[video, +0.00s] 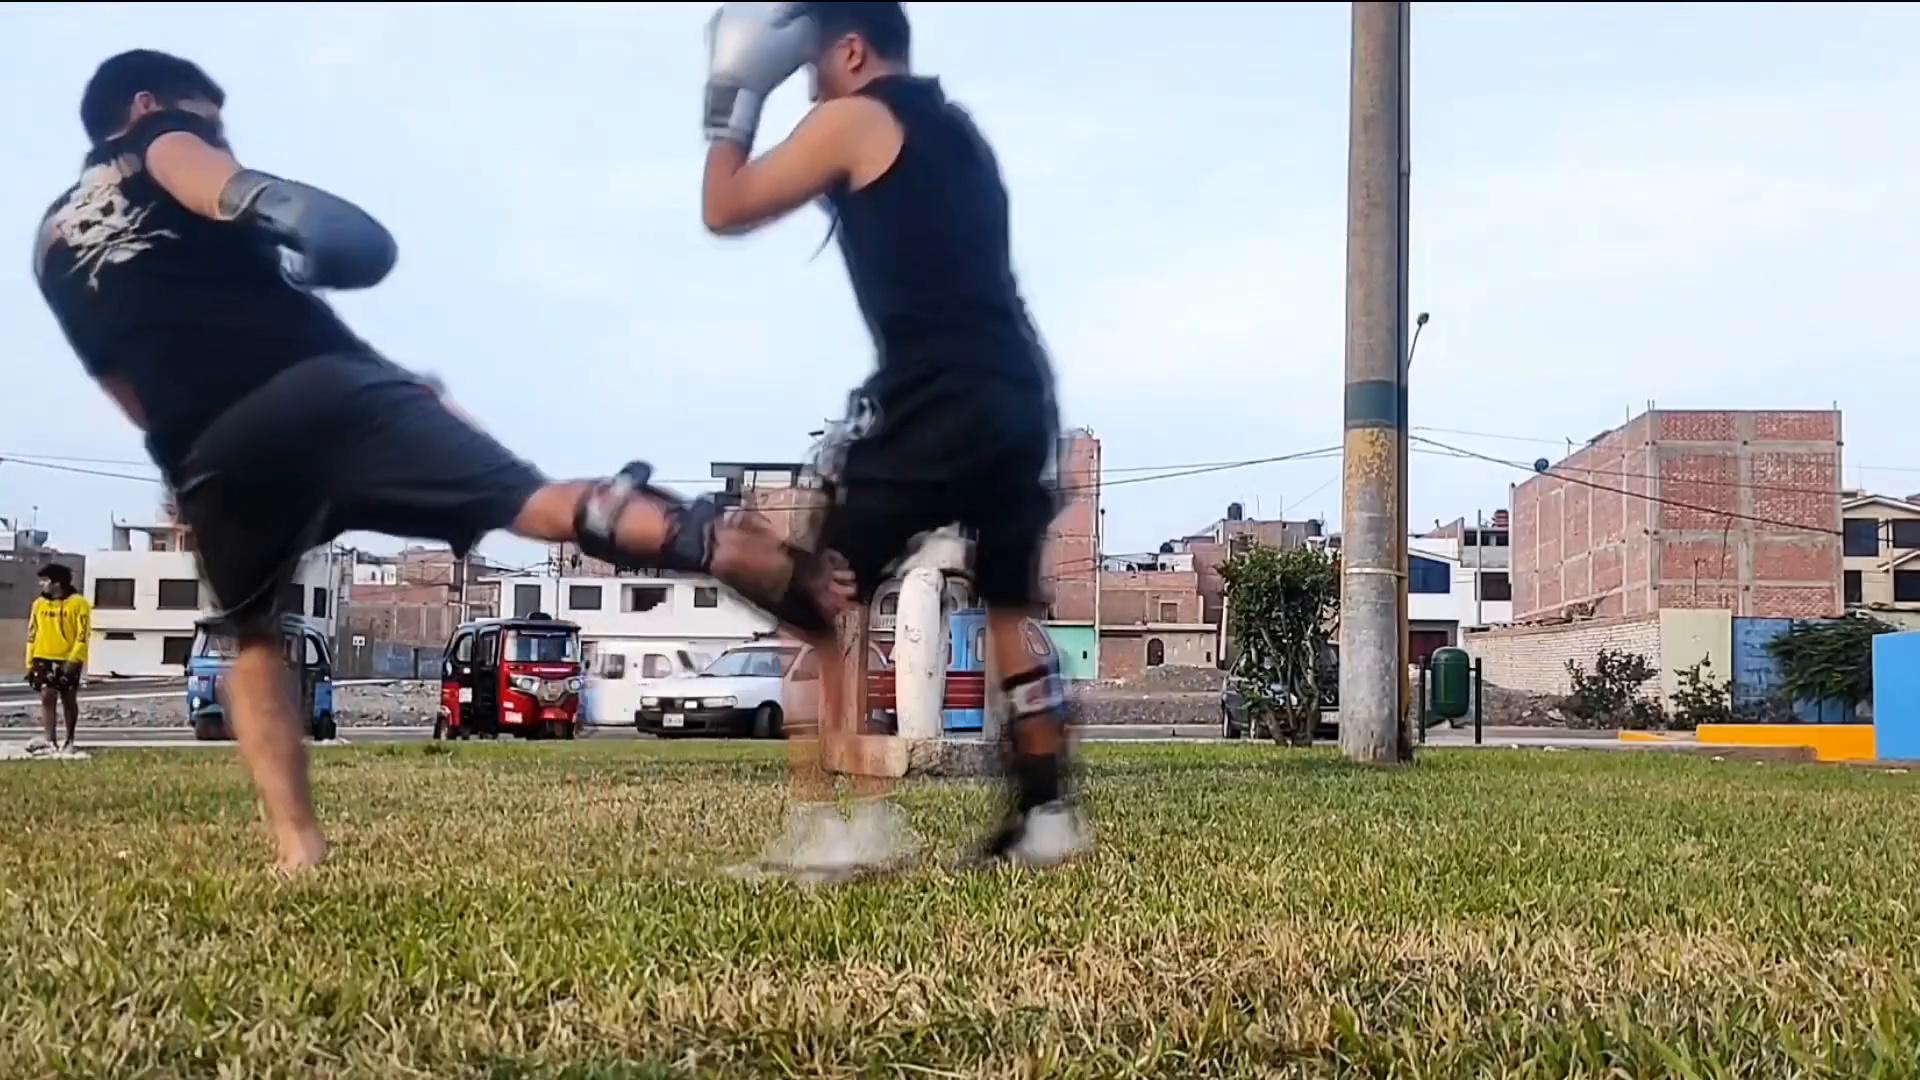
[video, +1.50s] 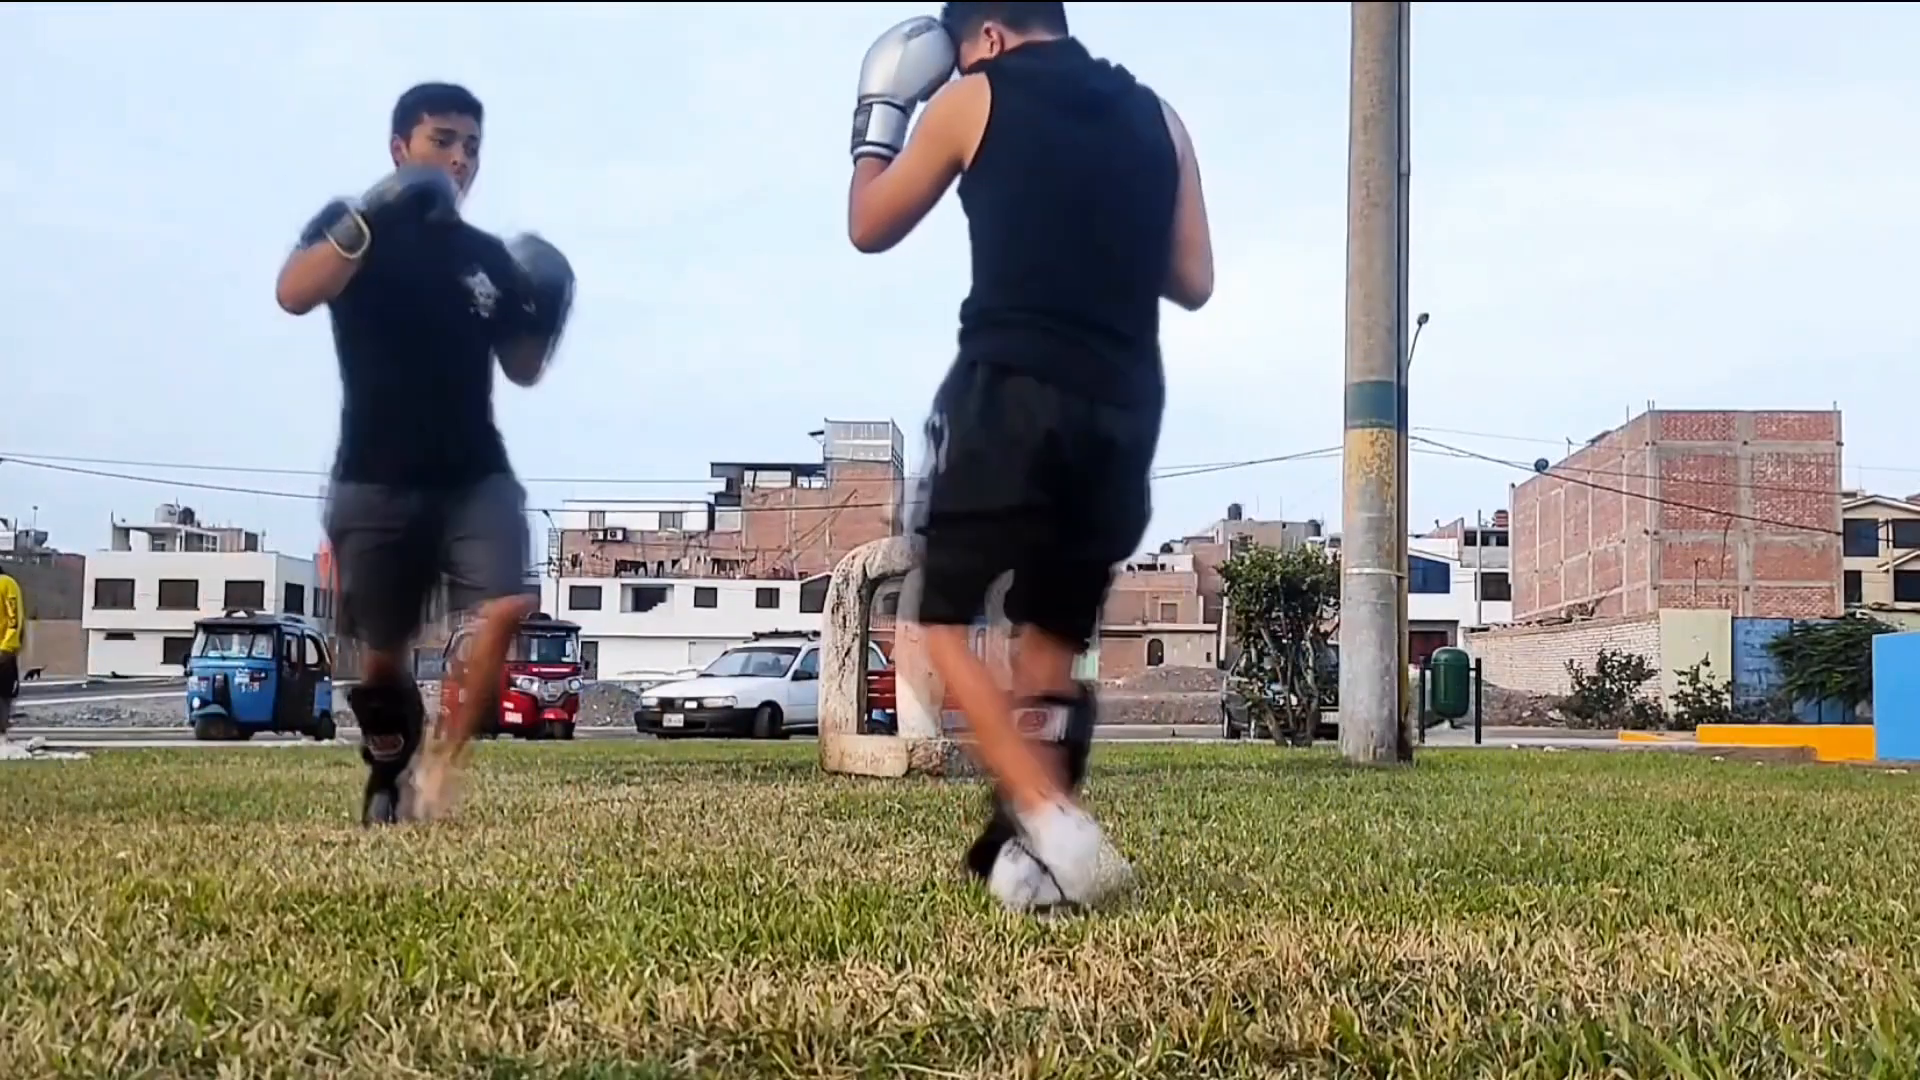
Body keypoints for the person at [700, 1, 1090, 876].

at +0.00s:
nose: (813, 75)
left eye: (816, 57)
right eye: (810, 61)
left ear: (853, 51)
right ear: (891, 50)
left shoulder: (854, 120)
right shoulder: (958, 130)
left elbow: (724, 207)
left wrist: (733, 94)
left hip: (934, 402)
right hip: (1022, 404)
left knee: (828, 590)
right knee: (1012, 602)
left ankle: (853, 818)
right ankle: (1045, 812)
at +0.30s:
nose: (1002, 134)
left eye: (1004, 110)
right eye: (997, 114)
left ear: (1053, 96)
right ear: (1073, 94)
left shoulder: (1078, 185)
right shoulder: (1162, 179)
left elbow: (971, 308)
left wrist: (926, 207)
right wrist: (1016, 224)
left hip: (1109, 471)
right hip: (1194, 469)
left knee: (970, 630)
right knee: (1231, 645)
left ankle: (992, 860)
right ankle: (1390, 805)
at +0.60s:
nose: (1105, 109)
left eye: (1104, 85)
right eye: (1095, 94)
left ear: (1155, 55)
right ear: (1180, 53)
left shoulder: (1181, 116)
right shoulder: (1276, 122)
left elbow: (1114, 268)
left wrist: (1057, 190)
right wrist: (1115, 188)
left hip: (1231, 387)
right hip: (1329, 389)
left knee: (1128, 597)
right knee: (1333, 611)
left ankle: (1163, 842)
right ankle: (1430, 820)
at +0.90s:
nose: (1146, 121)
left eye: (1146, 99)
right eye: (1139, 105)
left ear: (1184, 70)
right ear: (1223, 65)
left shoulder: (1199, 136)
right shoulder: (1316, 146)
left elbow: (1071, 257)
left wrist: (1061, 143)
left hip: (1226, 436)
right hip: (1334, 448)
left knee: (1069, 606)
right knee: (1382, 649)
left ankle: (1138, 841)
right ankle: (1513, 838)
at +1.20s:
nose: (1014, 75)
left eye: (1012, 57)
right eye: (1007, 62)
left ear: (1048, 25)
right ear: (1099, 20)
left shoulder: (1052, 96)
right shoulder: (1213, 113)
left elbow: (932, 231)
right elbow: (1240, 281)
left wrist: (926, 119)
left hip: (1101, 409)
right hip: (1218, 411)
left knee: (1031, 634)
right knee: (1260, 609)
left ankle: (1098, 882)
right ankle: (1375, 804)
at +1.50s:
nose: (958, 62)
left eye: (957, 47)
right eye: (957, 49)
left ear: (990, 33)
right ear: (1058, 27)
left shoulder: (978, 97)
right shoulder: (1158, 117)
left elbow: (870, 224)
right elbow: (1192, 279)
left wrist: (878, 119)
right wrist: (1100, 224)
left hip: (1008, 390)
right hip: (1124, 407)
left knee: (940, 628)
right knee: (1054, 632)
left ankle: (1065, 838)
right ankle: (1027, 859)